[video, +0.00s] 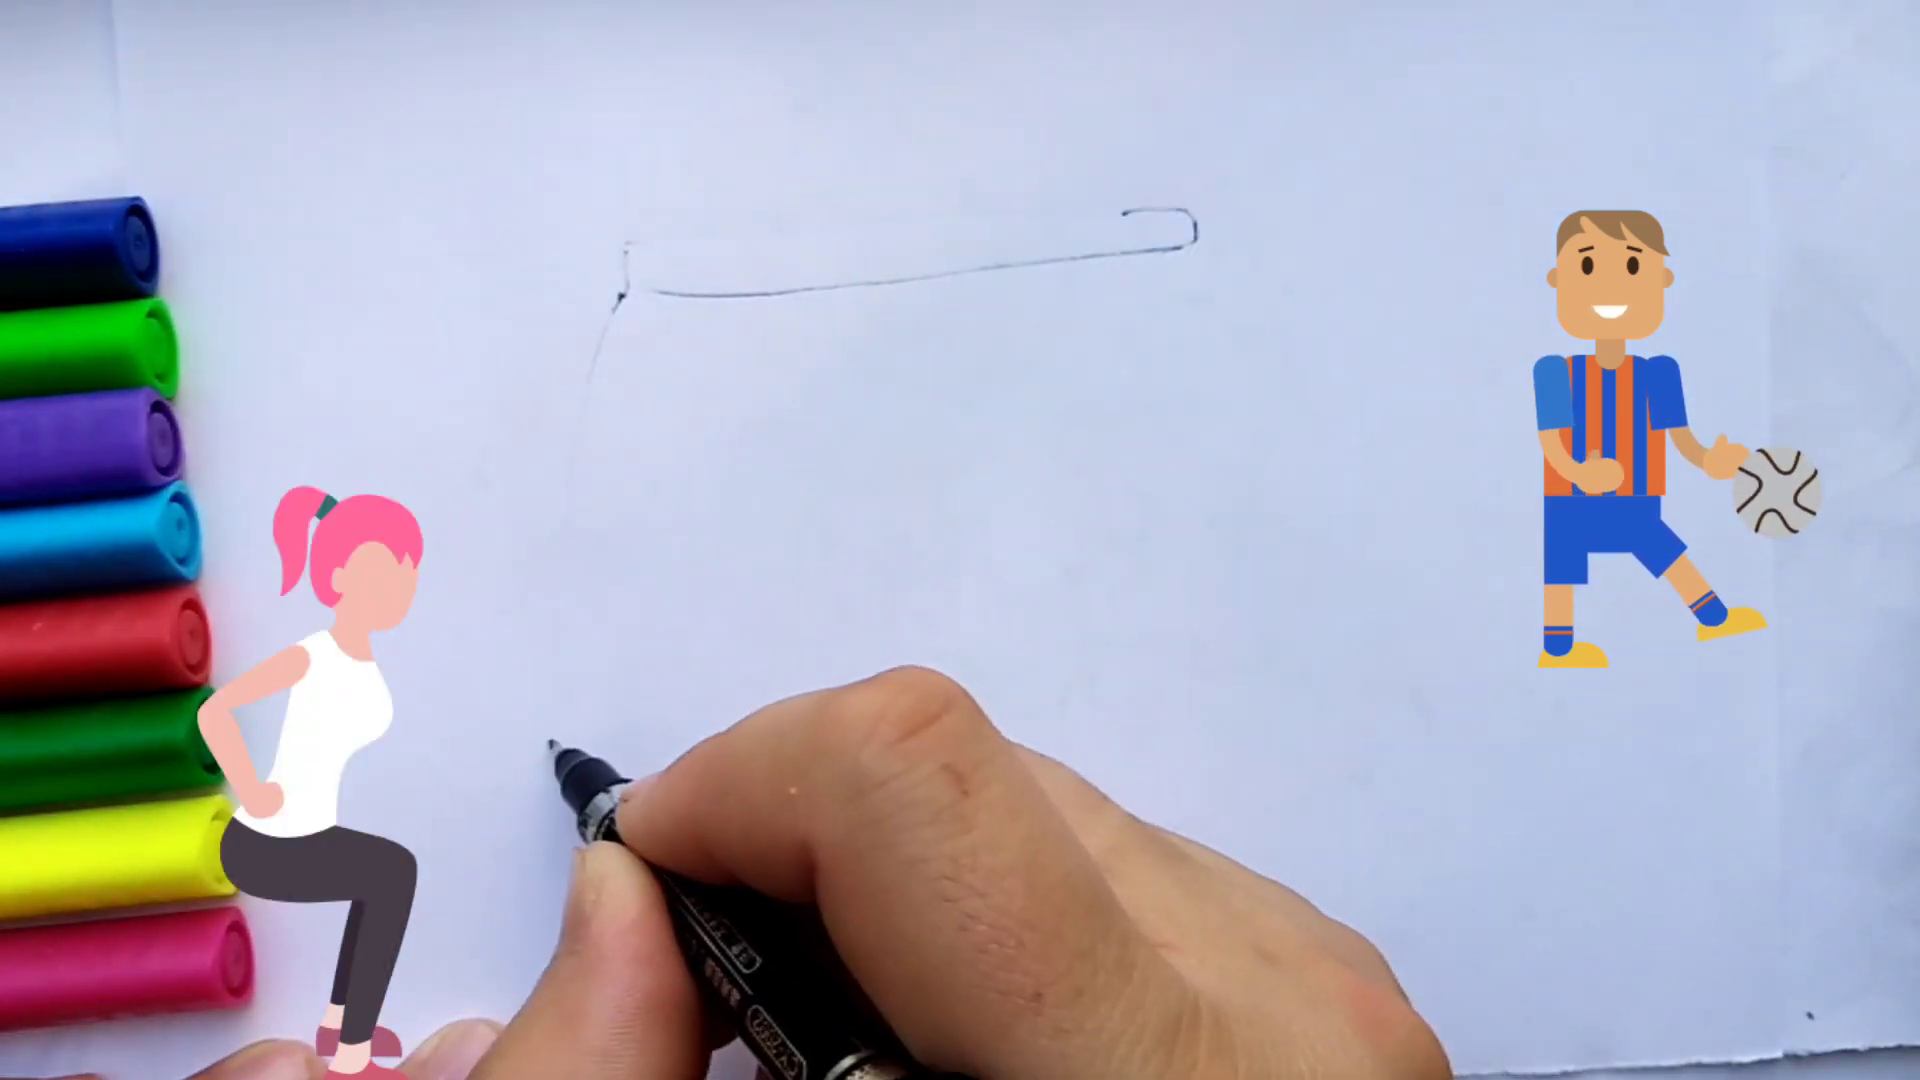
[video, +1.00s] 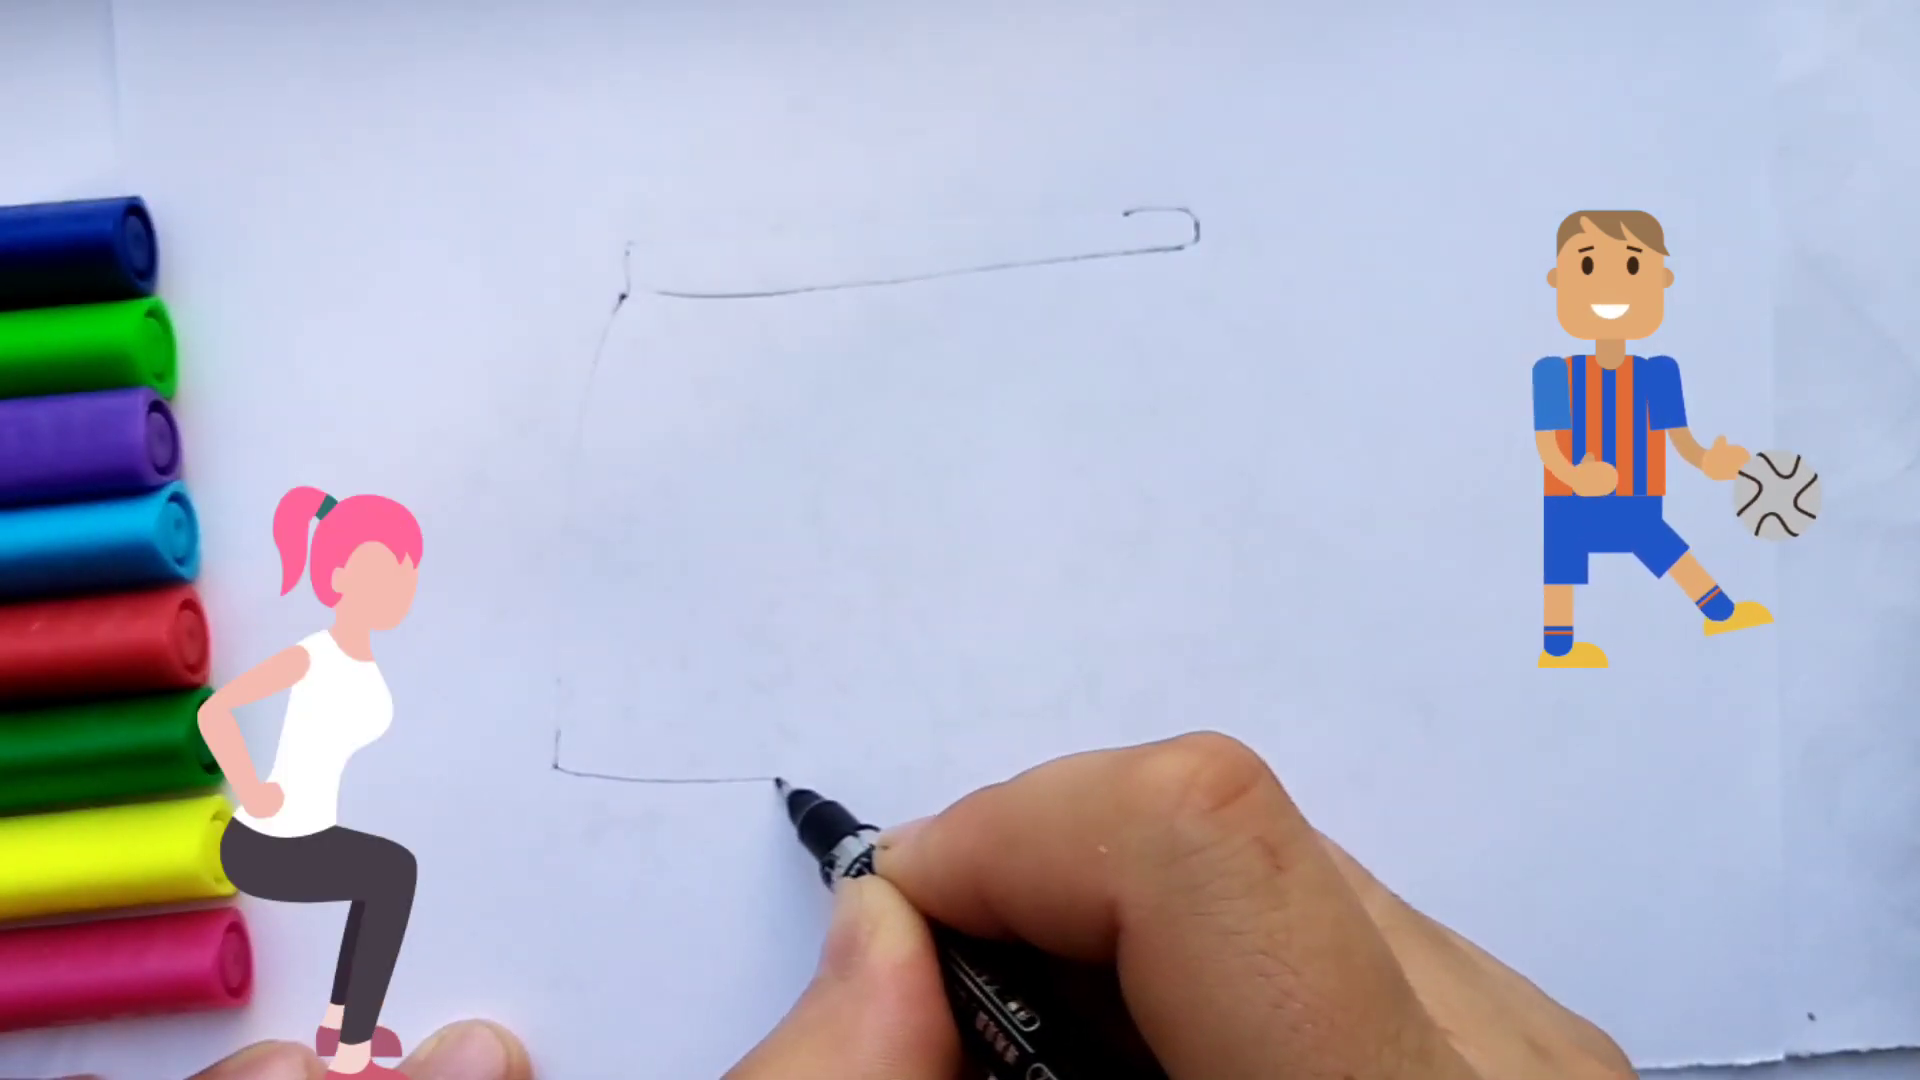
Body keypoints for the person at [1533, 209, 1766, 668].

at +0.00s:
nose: (1610, 287)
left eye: (1631, 267)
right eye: (1589, 266)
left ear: (1662, 283)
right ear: (1559, 283)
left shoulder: (1656, 374)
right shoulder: (1558, 373)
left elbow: (1684, 439)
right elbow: (1550, 442)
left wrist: (1711, 461)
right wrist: (1579, 474)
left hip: (1631, 507)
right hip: (1570, 508)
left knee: (1665, 552)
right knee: (1561, 569)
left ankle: (1713, 615)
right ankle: (1558, 646)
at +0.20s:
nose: (1610, 287)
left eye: (1631, 267)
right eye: (1590, 267)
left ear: (1661, 283)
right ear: (1561, 283)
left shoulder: (1658, 373)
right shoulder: (1554, 374)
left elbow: (1681, 438)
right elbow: (1542, 442)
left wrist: (1708, 462)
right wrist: (1566, 479)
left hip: (1634, 506)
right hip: (1570, 509)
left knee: (1676, 552)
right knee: (1561, 574)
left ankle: (1729, 602)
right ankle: (1557, 647)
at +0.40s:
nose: (1610, 287)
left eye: (1631, 267)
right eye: (1589, 267)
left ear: (1661, 283)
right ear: (1559, 284)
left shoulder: (1657, 373)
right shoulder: (1556, 374)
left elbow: (1681, 436)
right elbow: (1547, 441)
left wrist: (1709, 462)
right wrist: (1573, 476)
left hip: (1632, 506)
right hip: (1568, 507)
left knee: (1669, 552)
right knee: (1561, 571)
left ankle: (1719, 610)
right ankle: (1557, 646)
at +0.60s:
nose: (1611, 287)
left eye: (1631, 267)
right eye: (1589, 266)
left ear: (1662, 283)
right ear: (1558, 283)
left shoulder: (1656, 374)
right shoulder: (1558, 373)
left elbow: (1683, 437)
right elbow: (1552, 442)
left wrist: (1709, 460)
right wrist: (1581, 473)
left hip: (1631, 507)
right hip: (1570, 508)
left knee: (1665, 553)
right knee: (1561, 570)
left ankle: (1710, 618)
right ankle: (1558, 647)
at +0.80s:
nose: (1610, 287)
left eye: (1631, 267)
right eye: (1590, 267)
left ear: (1661, 283)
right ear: (1560, 283)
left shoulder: (1657, 373)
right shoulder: (1556, 374)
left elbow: (1681, 437)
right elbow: (1544, 442)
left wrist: (1708, 462)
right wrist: (1569, 479)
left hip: (1633, 505)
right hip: (1570, 508)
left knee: (1672, 550)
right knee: (1560, 572)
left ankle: (1725, 604)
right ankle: (1557, 646)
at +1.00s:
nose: (1610, 287)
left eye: (1631, 267)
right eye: (1589, 266)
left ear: (1662, 283)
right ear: (1559, 283)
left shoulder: (1657, 374)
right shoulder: (1556, 373)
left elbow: (1682, 437)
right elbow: (1547, 441)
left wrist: (1710, 462)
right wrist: (1573, 476)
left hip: (1632, 505)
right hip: (1569, 507)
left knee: (1667, 551)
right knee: (1560, 569)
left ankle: (1719, 610)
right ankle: (1557, 646)